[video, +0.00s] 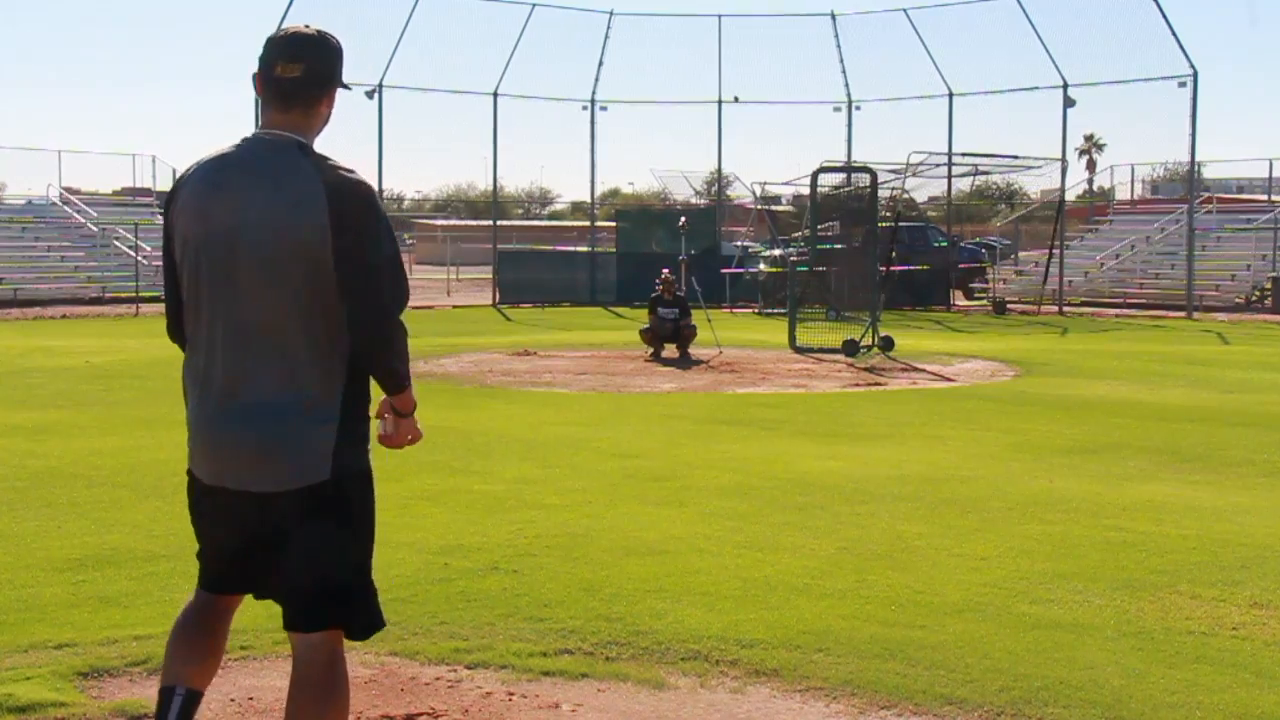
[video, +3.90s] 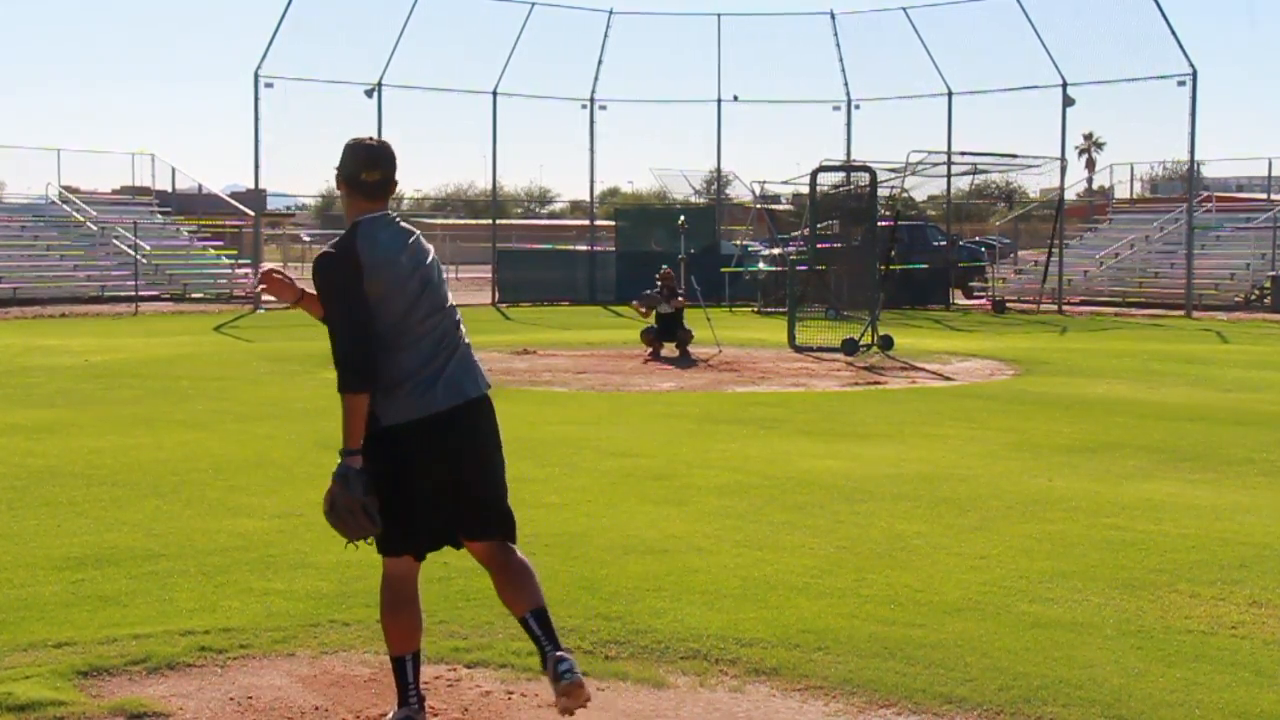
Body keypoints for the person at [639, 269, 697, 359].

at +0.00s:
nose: (668, 287)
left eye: (670, 284)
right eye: (665, 284)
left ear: (674, 286)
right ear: (661, 286)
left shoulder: (681, 299)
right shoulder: (655, 299)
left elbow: (688, 319)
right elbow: (652, 318)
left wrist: (674, 324)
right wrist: (662, 326)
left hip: (677, 328)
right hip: (660, 328)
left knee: (691, 329)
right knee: (645, 332)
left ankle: (683, 349)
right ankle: (657, 348)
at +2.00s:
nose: (669, 286)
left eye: (672, 283)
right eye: (666, 284)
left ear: (675, 285)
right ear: (662, 285)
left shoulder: (682, 299)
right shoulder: (655, 299)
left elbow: (687, 319)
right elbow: (653, 318)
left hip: (677, 328)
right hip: (661, 328)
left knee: (691, 329)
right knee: (645, 332)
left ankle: (683, 349)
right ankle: (657, 347)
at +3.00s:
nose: (667, 286)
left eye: (670, 283)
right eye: (664, 283)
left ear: (674, 285)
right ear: (660, 285)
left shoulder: (680, 299)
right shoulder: (654, 299)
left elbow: (686, 316)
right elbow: (651, 318)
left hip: (677, 326)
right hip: (661, 326)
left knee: (688, 328)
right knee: (646, 331)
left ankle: (683, 349)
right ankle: (657, 347)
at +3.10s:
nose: (667, 285)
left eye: (670, 282)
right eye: (665, 283)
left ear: (674, 284)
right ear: (661, 284)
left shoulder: (679, 298)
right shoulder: (654, 299)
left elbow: (690, 316)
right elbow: (650, 318)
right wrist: (659, 321)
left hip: (675, 326)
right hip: (660, 325)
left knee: (689, 329)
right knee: (646, 331)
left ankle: (683, 350)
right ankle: (656, 348)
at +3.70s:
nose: (666, 287)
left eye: (669, 284)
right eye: (664, 284)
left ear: (673, 284)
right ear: (659, 285)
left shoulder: (678, 296)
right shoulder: (655, 297)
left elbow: (687, 305)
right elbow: (649, 317)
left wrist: (680, 306)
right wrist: (651, 315)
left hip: (675, 327)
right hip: (660, 328)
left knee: (687, 331)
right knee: (645, 331)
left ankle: (683, 350)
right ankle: (656, 348)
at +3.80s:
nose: (666, 285)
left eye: (669, 282)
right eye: (663, 282)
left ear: (673, 283)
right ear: (659, 283)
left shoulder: (678, 295)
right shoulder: (655, 296)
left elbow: (685, 304)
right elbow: (649, 318)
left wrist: (679, 306)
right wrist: (649, 305)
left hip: (676, 330)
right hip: (660, 330)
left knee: (687, 332)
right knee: (645, 332)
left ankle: (683, 349)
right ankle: (656, 348)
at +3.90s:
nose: (666, 282)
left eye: (668, 279)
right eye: (663, 279)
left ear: (673, 280)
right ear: (659, 280)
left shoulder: (678, 293)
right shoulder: (655, 295)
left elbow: (681, 303)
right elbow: (646, 315)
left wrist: (675, 303)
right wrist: (638, 308)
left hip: (677, 330)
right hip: (661, 331)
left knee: (686, 334)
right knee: (646, 334)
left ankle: (682, 349)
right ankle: (656, 347)